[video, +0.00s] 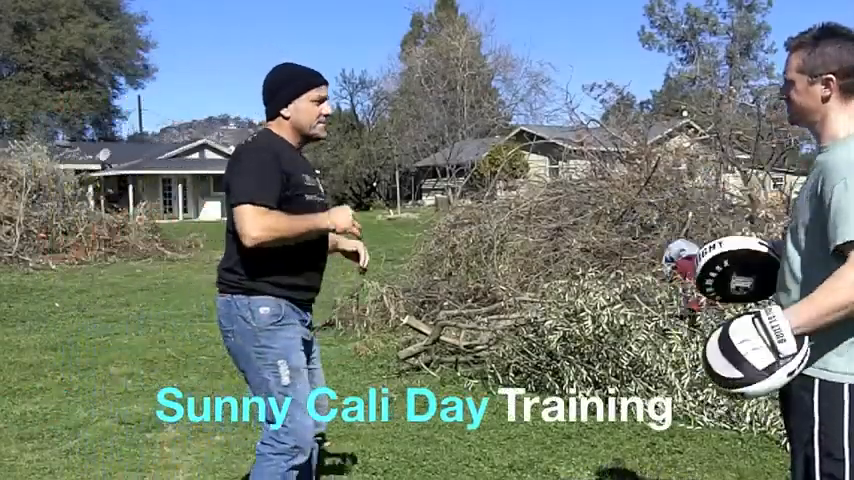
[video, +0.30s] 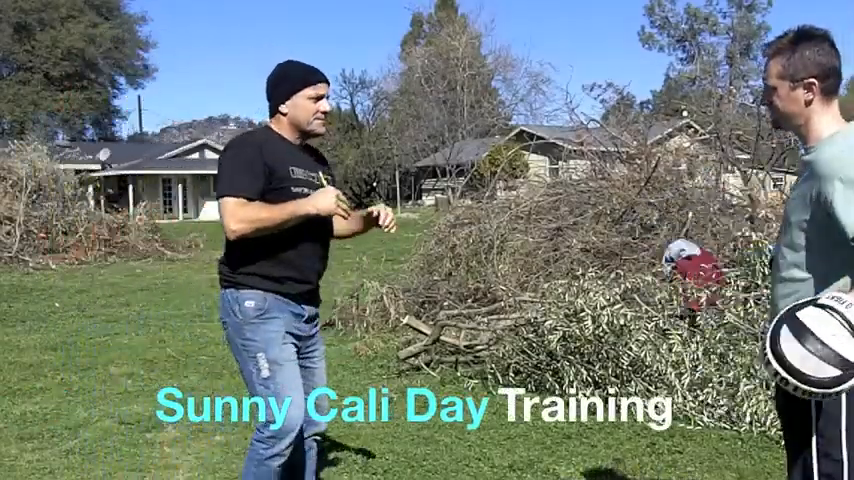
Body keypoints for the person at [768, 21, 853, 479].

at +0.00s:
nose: (784, 94)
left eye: (791, 84)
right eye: (785, 84)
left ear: (826, 87)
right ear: (826, 87)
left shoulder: (841, 167)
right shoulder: (828, 163)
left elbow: (853, 270)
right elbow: (816, 254)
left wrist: (777, 327)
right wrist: (759, 263)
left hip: (832, 374)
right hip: (814, 368)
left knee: (827, 472)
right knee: (812, 470)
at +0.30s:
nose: (764, 100)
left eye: (770, 88)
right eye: (765, 89)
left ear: (808, 90)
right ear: (809, 90)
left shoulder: (835, 170)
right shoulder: (818, 160)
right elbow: (826, 257)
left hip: (827, 372)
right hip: (806, 365)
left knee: (826, 470)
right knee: (807, 467)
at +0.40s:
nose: (759, 102)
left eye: (765, 90)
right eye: (760, 90)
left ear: (803, 90)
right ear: (805, 91)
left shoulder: (833, 167)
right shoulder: (818, 158)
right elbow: (826, 262)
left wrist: (828, 344)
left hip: (825, 373)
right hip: (806, 366)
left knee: (826, 472)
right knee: (809, 469)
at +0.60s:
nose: (758, 105)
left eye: (764, 92)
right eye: (759, 93)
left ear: (802, 90)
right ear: (804, 90)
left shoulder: (829, 160)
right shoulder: (825, 154)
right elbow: (826, 260)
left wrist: (793, 311)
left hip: (827, 377)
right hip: (819, 372)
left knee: (823, 472)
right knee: (817, 470)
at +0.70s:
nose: (760, 106)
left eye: (765, 93)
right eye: (760, 94)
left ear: (803, 90)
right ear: (805, 90)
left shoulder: (828, 160)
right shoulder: (833, 149)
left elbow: (853, 256)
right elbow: (830, 250)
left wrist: (778, 308)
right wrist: (786, 230)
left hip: (825, 376)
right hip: (822, 372)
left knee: (822, 472)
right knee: (819, 469)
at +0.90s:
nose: (765, 106)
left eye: (771, 94)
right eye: (764, 95)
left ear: (808, 91)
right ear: (811, 91)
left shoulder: (828, 161)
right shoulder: (834, 152)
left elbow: (820, 274)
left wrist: (720, 303)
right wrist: (773, 243)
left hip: (826, 376)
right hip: (829, 372)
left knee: (820, 471)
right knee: (818, 468)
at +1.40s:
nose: (765, 108)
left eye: (767, 95)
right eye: (763, 96)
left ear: (801, 89)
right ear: (812, 87)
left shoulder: (807, 162)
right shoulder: (846, 141)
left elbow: (774, 278)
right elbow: (829, 256)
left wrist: (712, 287)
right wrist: (746, 264)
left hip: (829, 372)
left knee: (825, 473)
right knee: (825, 470)